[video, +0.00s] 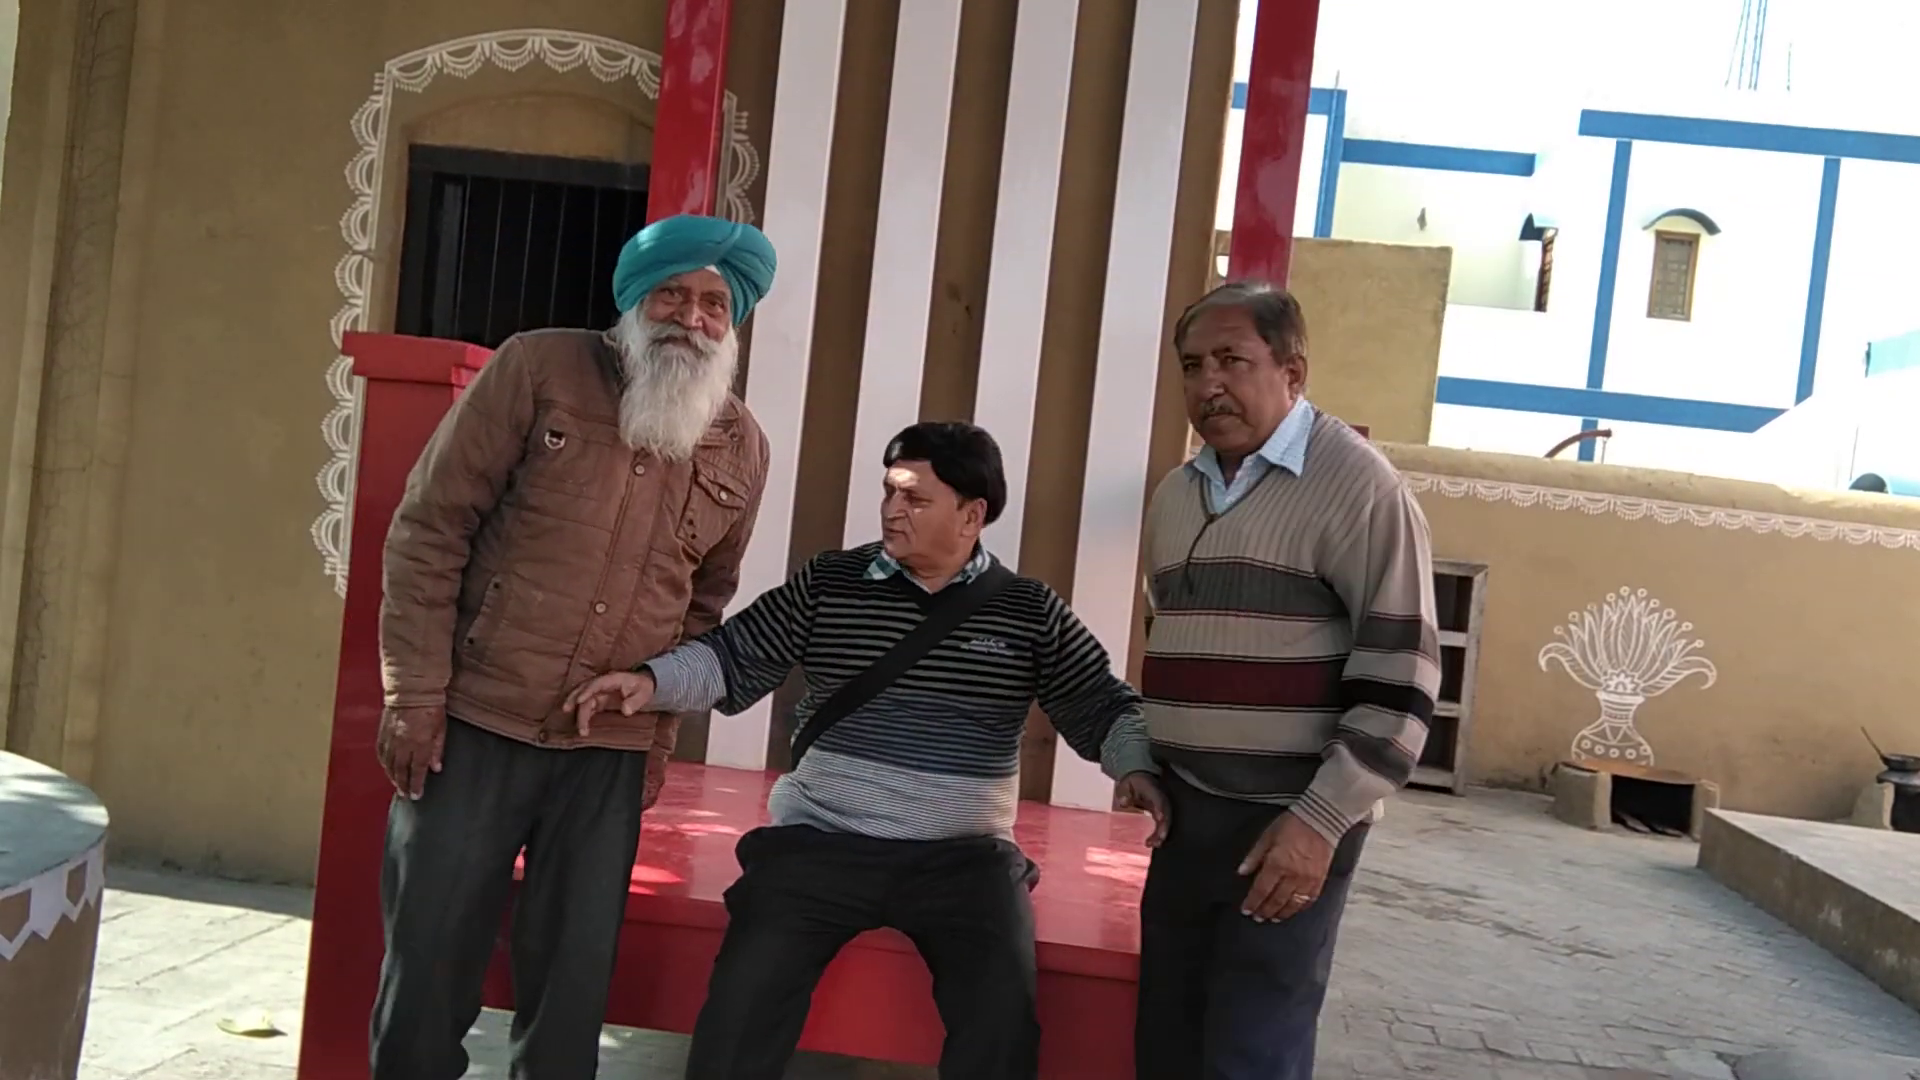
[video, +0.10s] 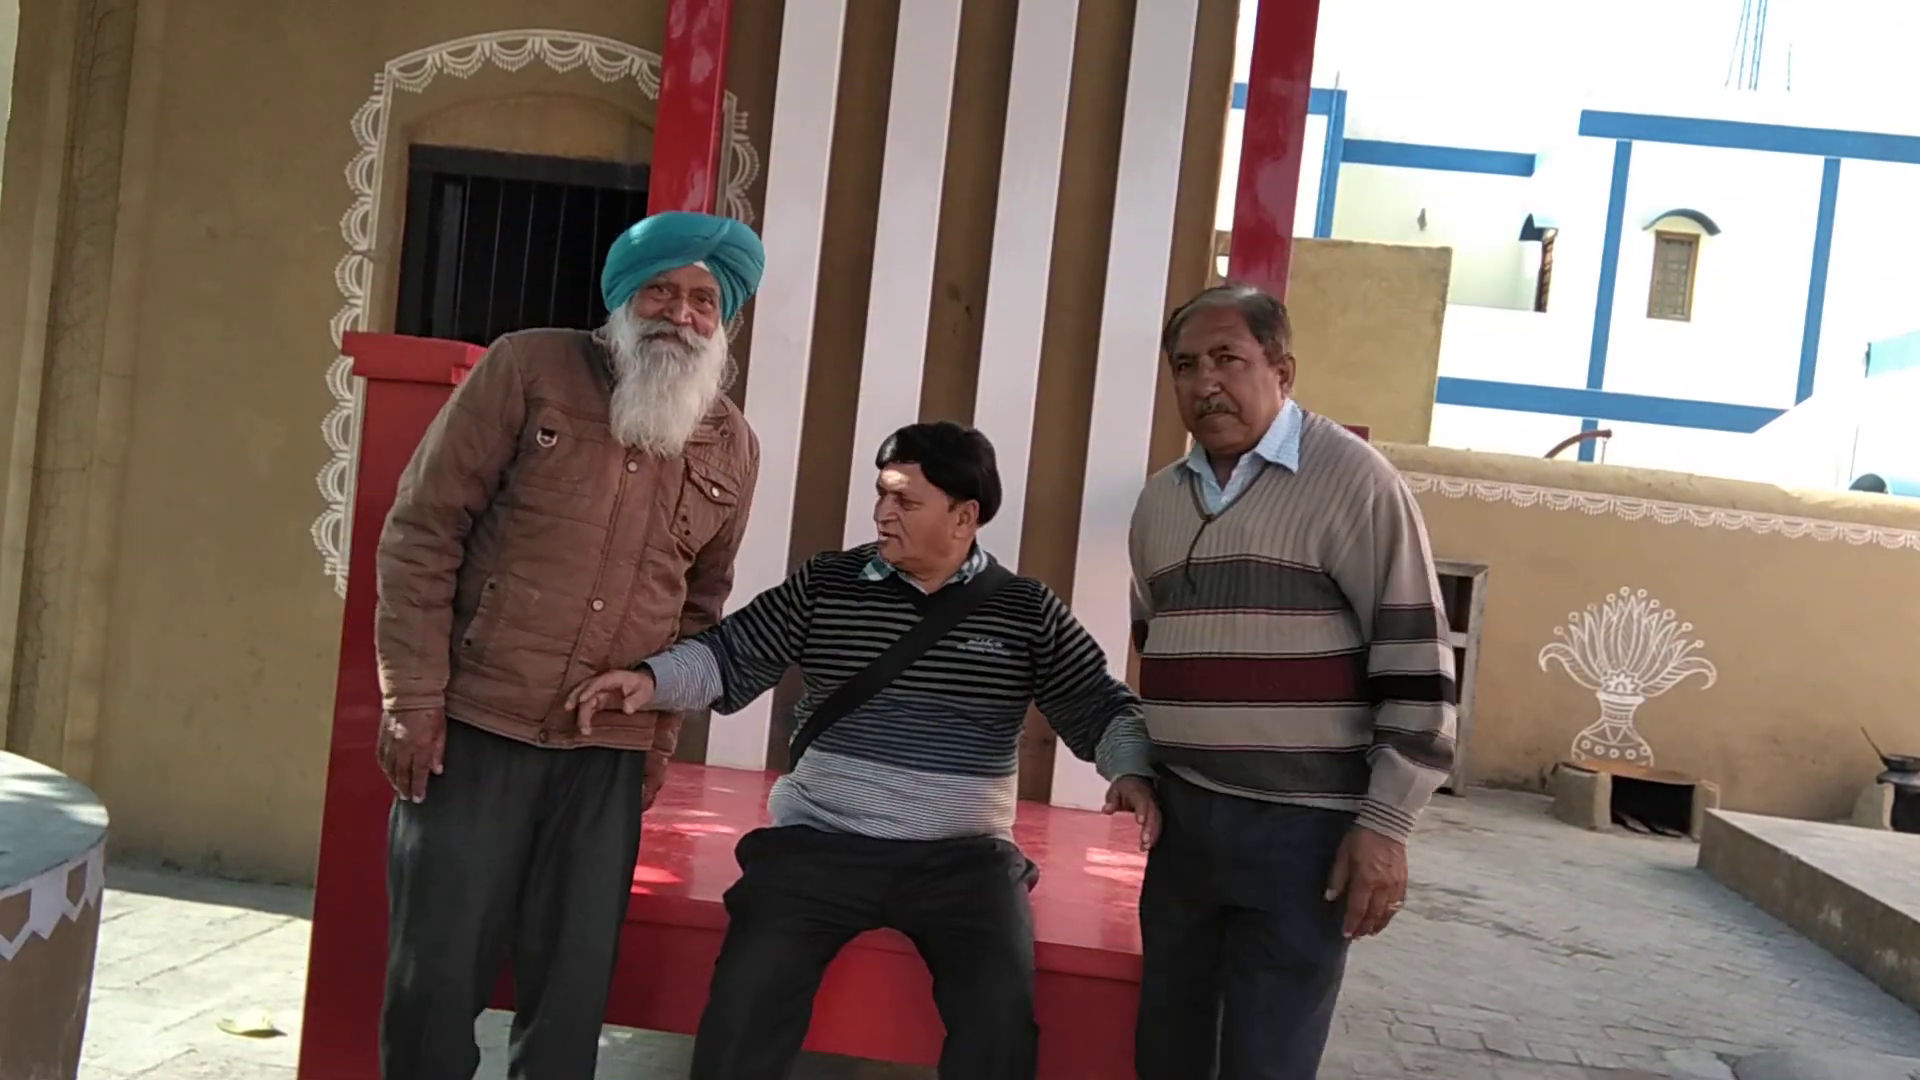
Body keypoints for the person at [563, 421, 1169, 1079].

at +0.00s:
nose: (893, 509)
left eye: (916, 497)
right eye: (890, 493)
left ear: (974, 516)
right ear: (881, 499)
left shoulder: (1028, 611)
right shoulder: (829, 587)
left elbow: (1101, 703)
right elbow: (734, 653)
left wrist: (1135, 766)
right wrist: (648, 684)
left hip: (960, 849)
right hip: (815, 836)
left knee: (1003, 1003)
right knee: (743, 1001)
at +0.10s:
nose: (883, 513)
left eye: (903, 499)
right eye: (881, 496)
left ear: (966, 516)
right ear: (877, 500)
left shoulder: (1024, 609)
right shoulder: (827, 585)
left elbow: (1098, 703)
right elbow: (732, 651)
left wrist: (1131, 772)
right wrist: (649, 683)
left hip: (962, 852)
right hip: (816, 840)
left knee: (1001, 1007)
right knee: (749, 995)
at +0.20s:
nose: (880, 515)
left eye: (900, 501)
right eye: (877, 498)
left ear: (962, 516)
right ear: (872, 501)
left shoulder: (1020, 608)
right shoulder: (824, 586)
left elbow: (1095, 702)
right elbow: (728, 651)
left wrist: (1128, 776)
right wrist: (645, 682)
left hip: (962, 853)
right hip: (814, 842)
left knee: (998, 1010)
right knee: (752, 997)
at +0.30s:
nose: (879, 515)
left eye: (901, 501)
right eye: (875, 498)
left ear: (961, 517)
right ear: (868, 501)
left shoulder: (1017, 609)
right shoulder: (819, 588)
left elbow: (1093, 704)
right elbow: (724, 651)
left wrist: (1127, 779)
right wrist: (639, 681)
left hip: (960, 854)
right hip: (814, 843)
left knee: (995, 1014)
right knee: (751, 1003)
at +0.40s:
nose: (884, 514)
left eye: (907, 500)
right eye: (877, 496)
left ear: (962, 514)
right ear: (867, 501)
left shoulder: (1015, 608)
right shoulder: (817, 587)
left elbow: (1089, 704)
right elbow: (722, 650)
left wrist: (1124, 785)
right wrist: (635, 680)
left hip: (959, 853)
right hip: (813, 843)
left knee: (992, 1012)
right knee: (752, 1004)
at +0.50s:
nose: (898, 511)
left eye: (922, 498)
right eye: (885, 494)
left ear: (967, 511)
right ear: (871, 501)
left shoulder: (1014, 607)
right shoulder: (815, 586)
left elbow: (1091, 704)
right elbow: (720, 651)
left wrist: (1126, 787)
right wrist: (632, 682)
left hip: (959, 853)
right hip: (813, 843)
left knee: (993, 1016)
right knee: (752, 1008)